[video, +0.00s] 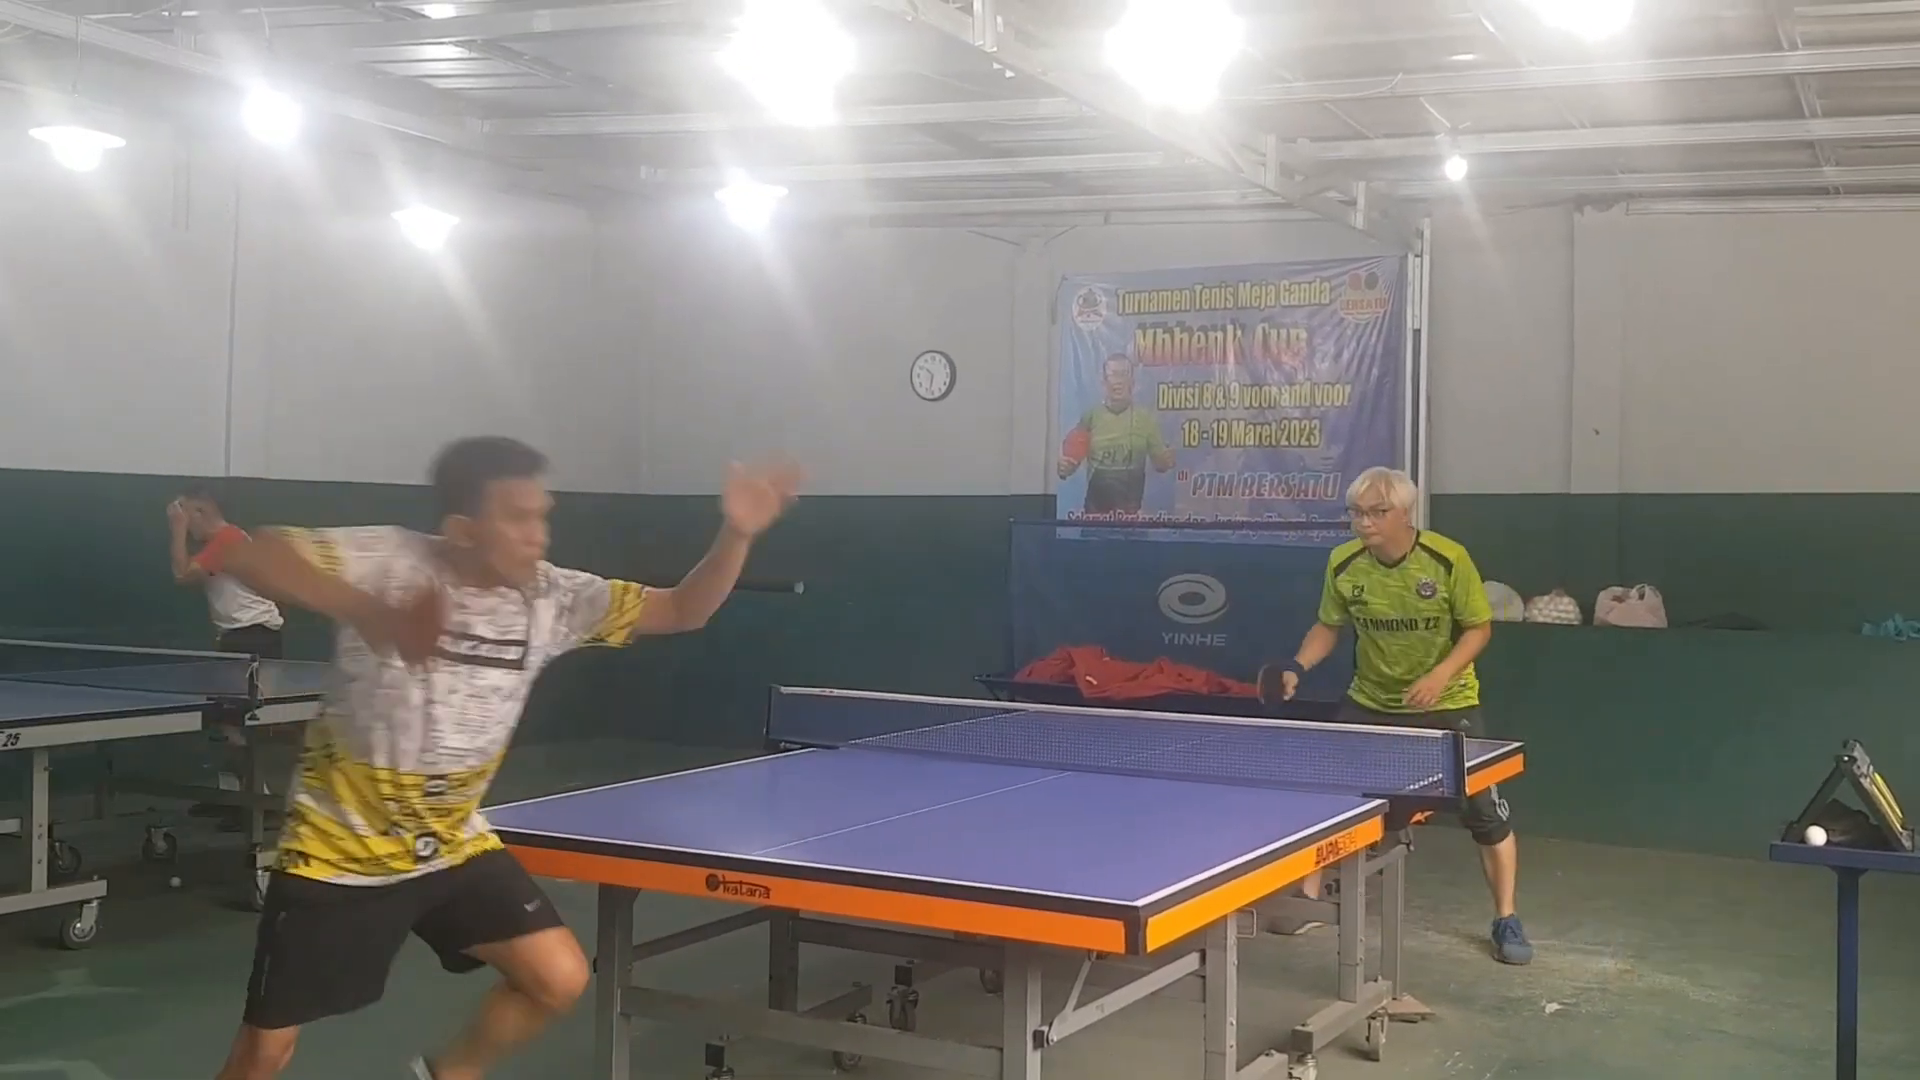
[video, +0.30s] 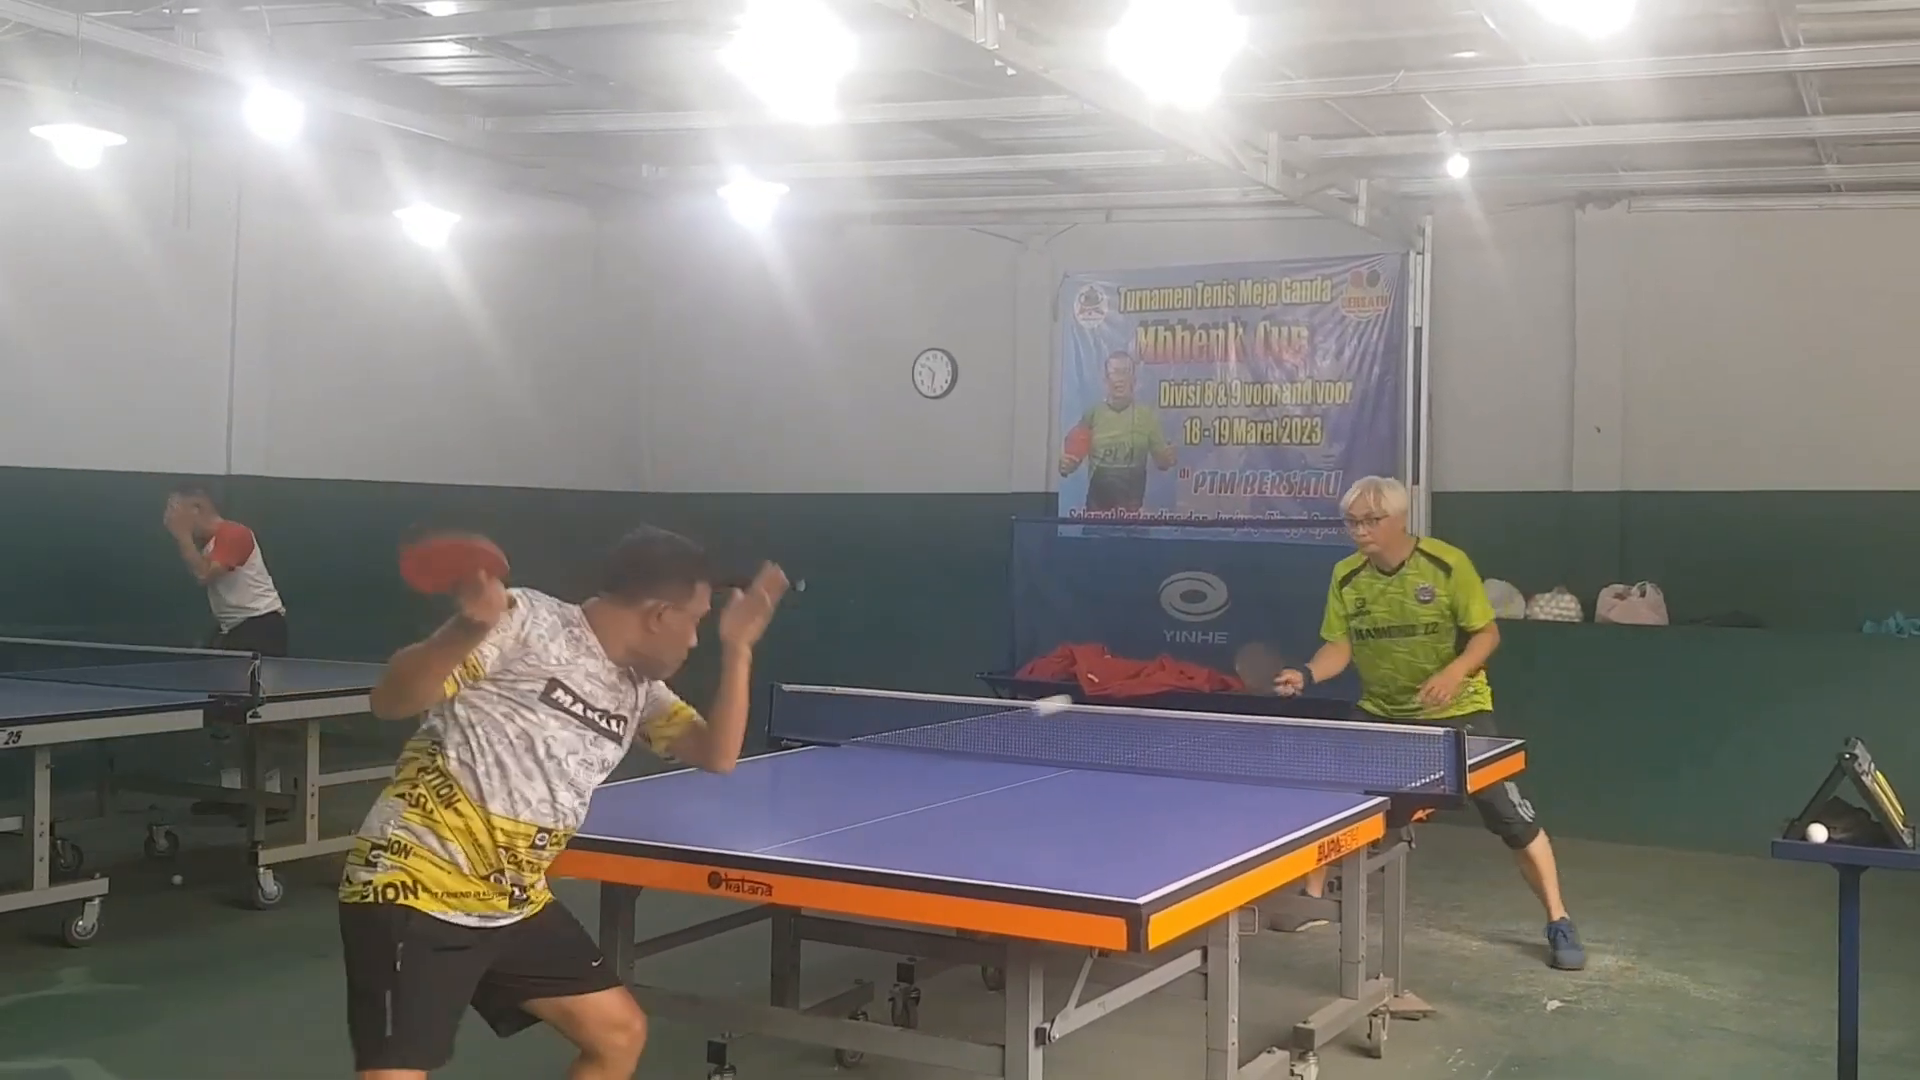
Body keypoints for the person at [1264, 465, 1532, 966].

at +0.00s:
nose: (1361, 523)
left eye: (1373, 513)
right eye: (1356, 513)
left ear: (1403, 514)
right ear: (1352, 517)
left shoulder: (1448, 560)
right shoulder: (1343, 564)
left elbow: (1479, 627)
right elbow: (1327, 625)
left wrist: (1440, 675)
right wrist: (1296, 667)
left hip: (1447, 704)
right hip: (1369, 701)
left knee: (1485, 806)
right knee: (1321, 785)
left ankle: (1506, 918)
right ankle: (1308, 897)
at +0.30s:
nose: (1358, 531)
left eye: (1368, 521)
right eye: (1352, 522)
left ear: (1397, 521)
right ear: (1348, 526)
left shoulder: (1447, 564)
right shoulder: (1347, 575)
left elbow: (1487, 634)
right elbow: (1339, 647)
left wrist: (1454, 674)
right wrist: (1306, 673)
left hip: (1457, 712)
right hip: (1380, 713)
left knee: (1507, 807)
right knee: (1322, 782)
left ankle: (1558, 920)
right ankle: (1312, 895)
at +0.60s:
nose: (1453, 521)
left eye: (1464, 510)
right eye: (1445, 512)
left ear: (1493, 508)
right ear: (1438, 513)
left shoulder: (1540, 542)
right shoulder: (1432, 566)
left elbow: (1585, 601)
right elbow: (1465, 630)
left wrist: (1568, 628)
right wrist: (1468, 659)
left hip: (1536, 703)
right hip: (1468, 708)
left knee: (1565, 822)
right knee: (1397, 794)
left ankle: (1578, 928)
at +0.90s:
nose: (1477, 507)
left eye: (1489, 496)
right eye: (1466, 498)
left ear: (1512, 499)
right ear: (1454, 505)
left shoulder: (1541, 535)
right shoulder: (1449, 558)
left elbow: (1588, 567)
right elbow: (1474, 602)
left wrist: (1613, 563)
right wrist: (1471, 628)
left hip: (1548, 704)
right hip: (1482, 709)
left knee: (1610, 807)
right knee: (1501, 812)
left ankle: (1576, 919)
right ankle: (1497, 939)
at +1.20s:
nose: (1476, 513)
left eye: (1488, 503)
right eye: (1468, 504)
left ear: (1514, 507)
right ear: (1459, 509)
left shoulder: (1553, 551)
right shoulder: (1441, 564)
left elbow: (1608, 603)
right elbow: (1430, 636)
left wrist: (1619, 657)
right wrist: (1411, 656)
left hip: (1535, 701)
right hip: (1459, 700)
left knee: (1561, 809)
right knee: (1428, 795)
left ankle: (1576, 929)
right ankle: (1415, 910)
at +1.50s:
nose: (1420, 531)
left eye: (1431, 522)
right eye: (1411, 522)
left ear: (1454, 524)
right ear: (1401, 526)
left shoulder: (1491, 561)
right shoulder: (1384, 576)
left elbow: (1540, 605)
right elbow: (1360, 641)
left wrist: (1568, 648)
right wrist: (1333, 666)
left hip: (1483, 699)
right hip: (1409, 702)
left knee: (1535, 792)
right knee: (1362, 781)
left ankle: (1564, 908)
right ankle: (1345, 871)